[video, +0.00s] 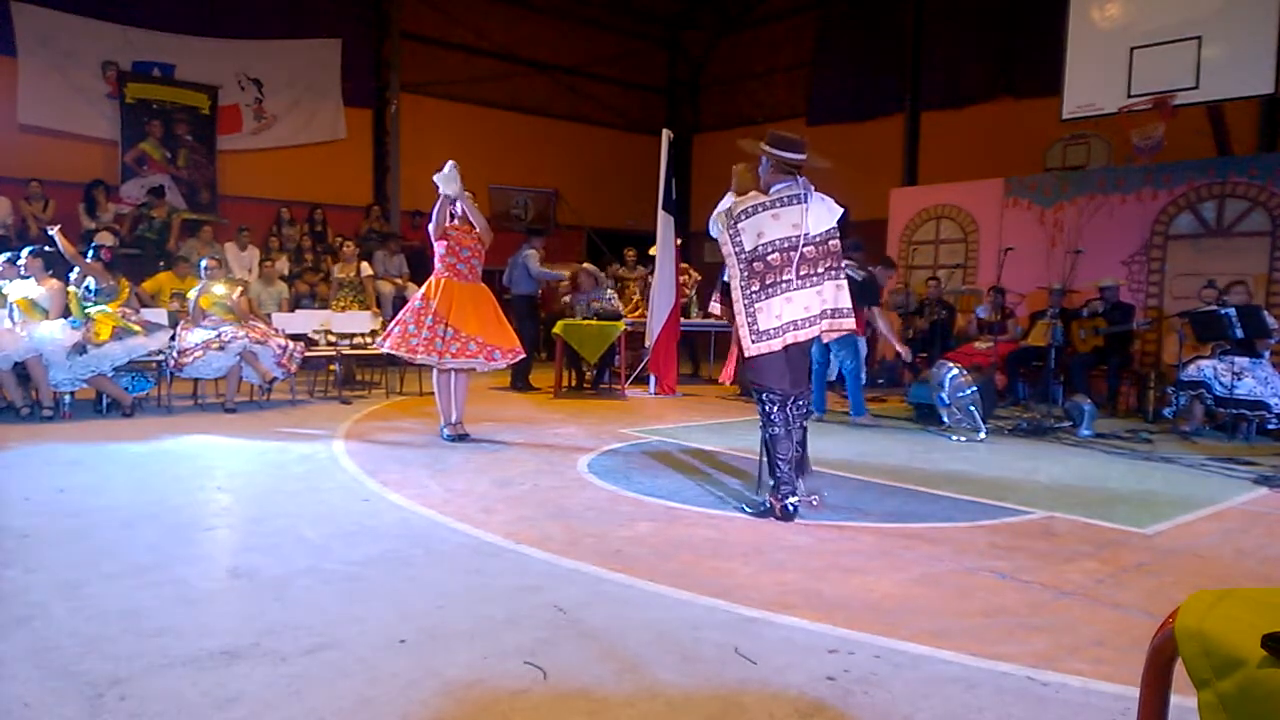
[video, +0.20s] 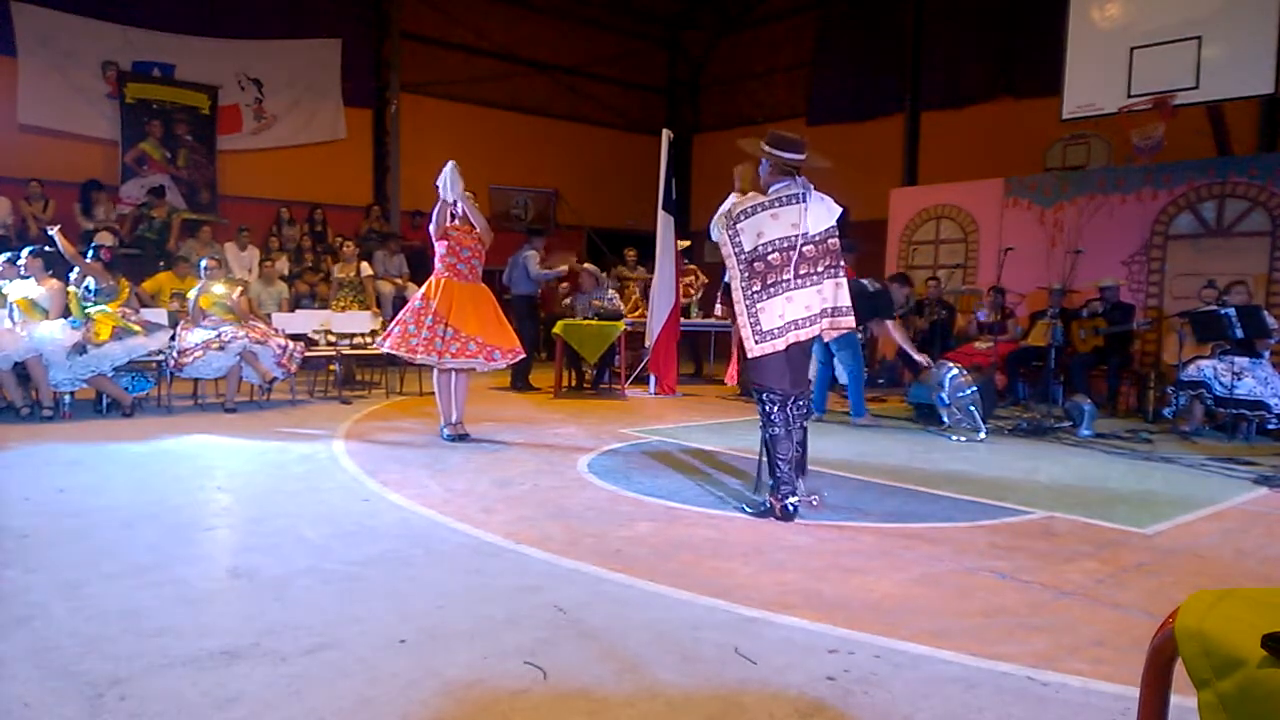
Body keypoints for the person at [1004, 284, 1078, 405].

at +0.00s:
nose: (1055, 299)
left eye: (1058, 296)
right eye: (1052, 295)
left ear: (1062, 298)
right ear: (1049, 296)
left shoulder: (1067, 314)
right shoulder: (1036, 315)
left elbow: (1068, 339)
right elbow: (1028, 335)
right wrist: (1023, 342)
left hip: (1055, 348)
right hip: (1035, 348)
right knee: (1012, 358)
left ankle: (1040, 397)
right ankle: (1013, 395)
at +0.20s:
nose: (1054, 299)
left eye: (1058, 296)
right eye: (1052, 295)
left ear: (1063, 297)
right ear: (1048, 296)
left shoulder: (1068, 314)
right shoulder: (1036, 315)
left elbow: (1068, 339)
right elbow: (1028, 335)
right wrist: (1023, 342)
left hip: (1055, 348)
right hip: (1035, 348)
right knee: (1012, 358)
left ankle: (1041, 397)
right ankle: (1013, 395)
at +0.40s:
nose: (1055, 299)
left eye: (1058, 296)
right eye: (1053, 295)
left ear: (1063, 297)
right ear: (1049, 296)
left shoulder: (1067, 314)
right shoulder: (1036, 315)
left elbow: (1068, 340)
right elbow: (1027, 336)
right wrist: (1023, 342)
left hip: (1056, 348)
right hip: (1036, 348)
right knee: (1012, 358)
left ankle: (1044, 398)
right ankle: (1013, 395)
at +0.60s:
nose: (1055, 299)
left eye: (1058, 296)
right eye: (1053, 295)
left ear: (1063, 297)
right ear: (1049, 296)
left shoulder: (1067, 314)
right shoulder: (1036, 315)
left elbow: (1068, 340)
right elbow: (1028, 336)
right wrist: (1024, 342)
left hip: (1055, 348)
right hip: (1036, 348)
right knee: (1012, 358)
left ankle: (1043, 398)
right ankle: (1013, 395)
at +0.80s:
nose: (1055, 299)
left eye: (1058, 296)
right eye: (1053, 295)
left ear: (1063, 297)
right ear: (1048, 296)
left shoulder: (1067, 314)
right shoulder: (1036, 315)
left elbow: (1068, 340)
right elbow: (1027, 335)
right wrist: (1024, 342)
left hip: (1055, 349)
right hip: (1035, 348)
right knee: (1011, 359)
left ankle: (1042, 399)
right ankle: (1012, 395)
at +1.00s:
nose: (1054, 299)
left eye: (1058, 296)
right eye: (1052, 295)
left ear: (1063, 297)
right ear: (1049, 296)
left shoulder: (1068, 315)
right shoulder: (1036, 315)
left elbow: (1069, 339)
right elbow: (1028, 336)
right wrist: (1024, 343)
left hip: (1055, 348)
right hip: (1036, 348)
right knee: (1012, 358)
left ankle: (1041, 398)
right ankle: (1013, 395)